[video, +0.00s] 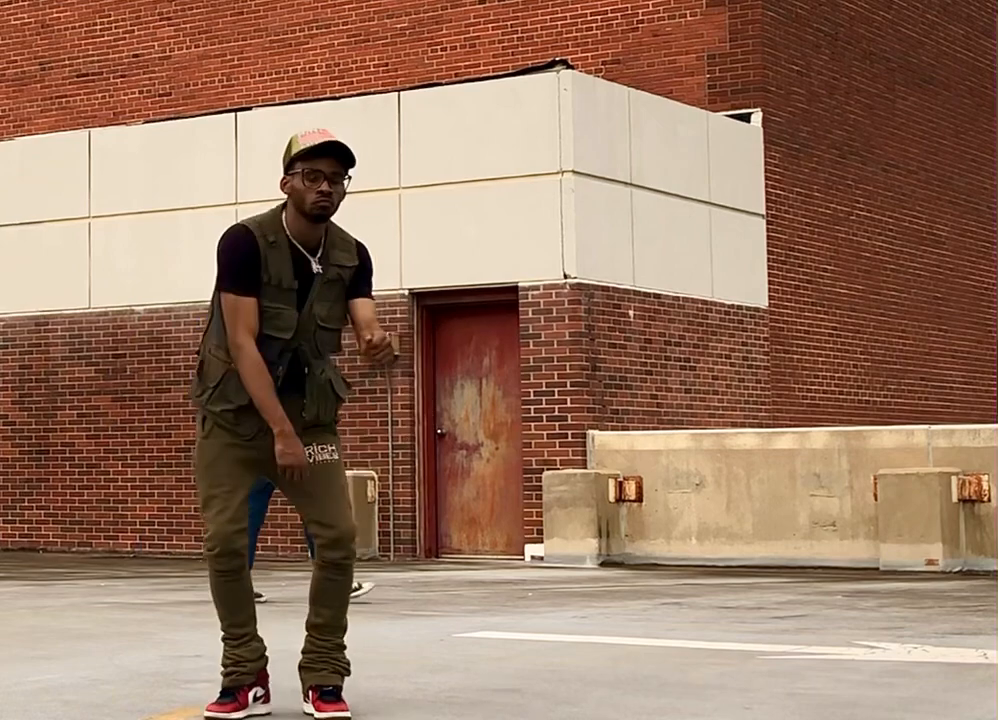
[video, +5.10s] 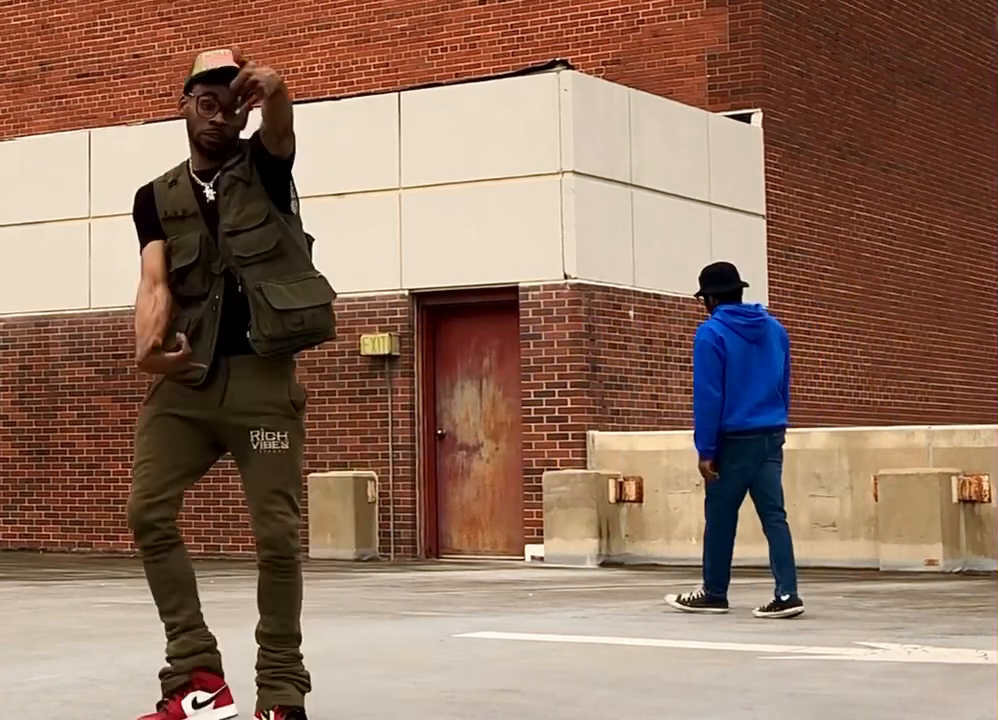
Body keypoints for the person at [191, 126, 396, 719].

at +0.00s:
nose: (324, 188)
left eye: (335, 180)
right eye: (312, 177)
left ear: (346, 188)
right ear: (286, 181)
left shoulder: (352, 256)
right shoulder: (244, 243)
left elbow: (366, 324)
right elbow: (242, 346)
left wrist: (378, 342)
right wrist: (282, 430)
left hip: (310, 415)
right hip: (234, 414)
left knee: (337, 542)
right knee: (224, 544)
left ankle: (324, 677)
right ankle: (244, 674)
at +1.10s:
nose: (290, 163)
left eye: (301, 158)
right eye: (280, 153)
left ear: (311, 172)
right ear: (257, 162)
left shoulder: (321, 232)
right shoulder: (226, 223)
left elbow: (354, 247)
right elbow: (222, 301)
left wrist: (356, 242)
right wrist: (278, 353)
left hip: (318, 398)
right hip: (247, 400)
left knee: (331, 533)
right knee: (247, 541)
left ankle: (329, 671)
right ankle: (252, 670)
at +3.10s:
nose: (260, 191)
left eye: (270, 182)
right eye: (248, 183)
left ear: (284, 191)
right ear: (231, 193)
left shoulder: (294, 251)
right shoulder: (209, 234)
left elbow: (334, 274)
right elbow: (170, 253)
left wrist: (310, 265)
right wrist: (235, 301)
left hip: (285, 421)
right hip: (219, 421)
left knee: (312, 538)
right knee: (203, 554)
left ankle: (331, 670)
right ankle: (198, 653)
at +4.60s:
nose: (254, 163)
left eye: (265, 152)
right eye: (241, 153)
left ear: (281, 159)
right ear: (223, 160)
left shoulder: (307, 221)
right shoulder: (194, 207)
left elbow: (311, 289)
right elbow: (159, 248)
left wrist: (303, 345)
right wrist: (171, 257)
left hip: (291, 416)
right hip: (209, 420)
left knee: (344, 530)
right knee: (198, 554)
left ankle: (313, 651)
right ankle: (238, 672)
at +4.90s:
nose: (249, 154)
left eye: (261, 144)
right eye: (236, 143)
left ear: (279, 152)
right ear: (217, 153)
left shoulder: (305, 218)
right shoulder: (194, 204)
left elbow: (311, 286)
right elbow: (159, 201)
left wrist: (311, 347)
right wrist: (140, 174)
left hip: (285, 412)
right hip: (203, 416)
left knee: (322, 541)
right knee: (196, 565)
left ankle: (281, 693)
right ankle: (227, 672)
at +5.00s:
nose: (234, 123)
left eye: (247, 113)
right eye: (222, 111)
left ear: (263, 123)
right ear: (202, 117)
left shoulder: (289, 170)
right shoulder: (173, 195)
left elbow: (298, 186)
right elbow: (136, 280)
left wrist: (282, 199)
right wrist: (160, 293)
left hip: (271, 387)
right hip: (189, 389)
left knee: (282, 542)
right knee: (168, 533)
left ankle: (280, 697)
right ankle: (215, 649)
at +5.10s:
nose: (216, 110)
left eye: (228, 102)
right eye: (204, 99)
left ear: (244, 114)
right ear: (183, 107)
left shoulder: (264, 167)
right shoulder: (156, 196)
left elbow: (279, 121)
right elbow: (153, 281)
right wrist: (144, 349)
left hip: (263, 380)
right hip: (183, 383)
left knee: (278, 538)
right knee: (149, 514)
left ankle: (281, 696)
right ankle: (197, 679)